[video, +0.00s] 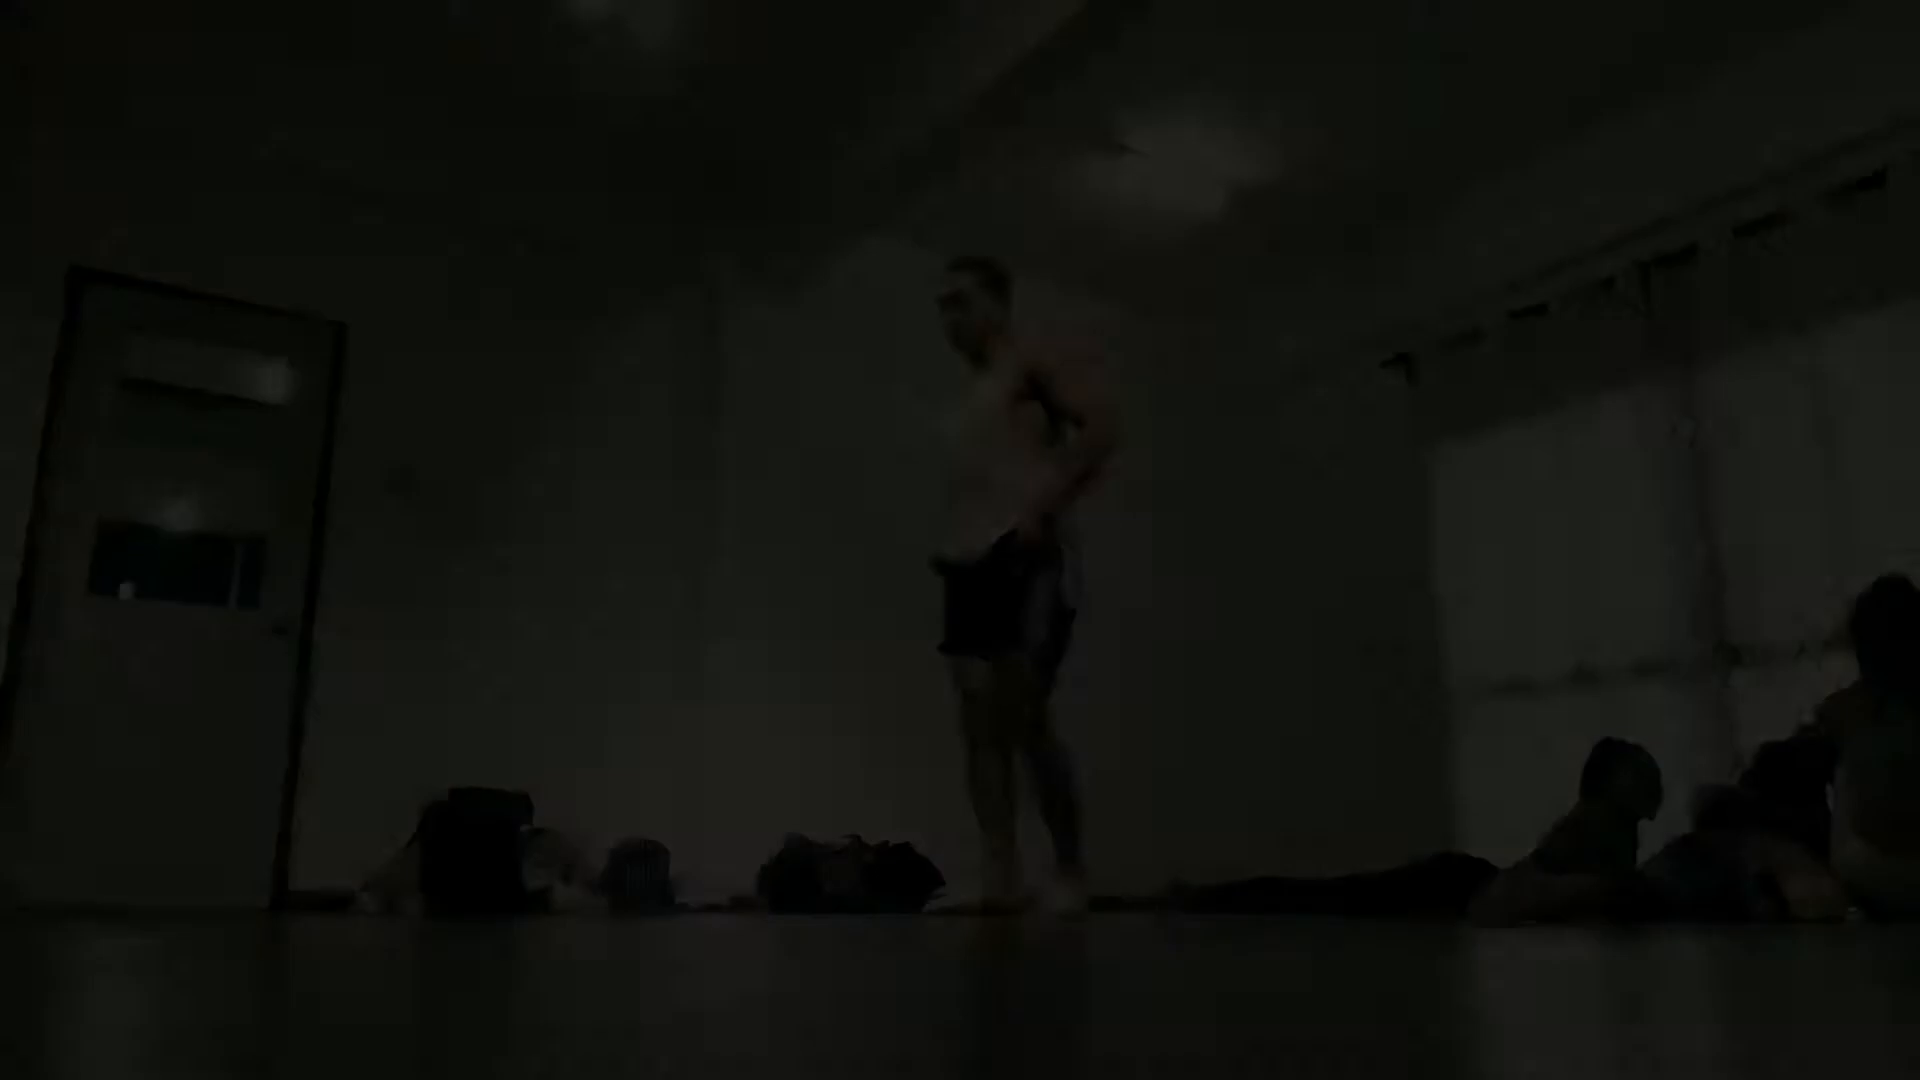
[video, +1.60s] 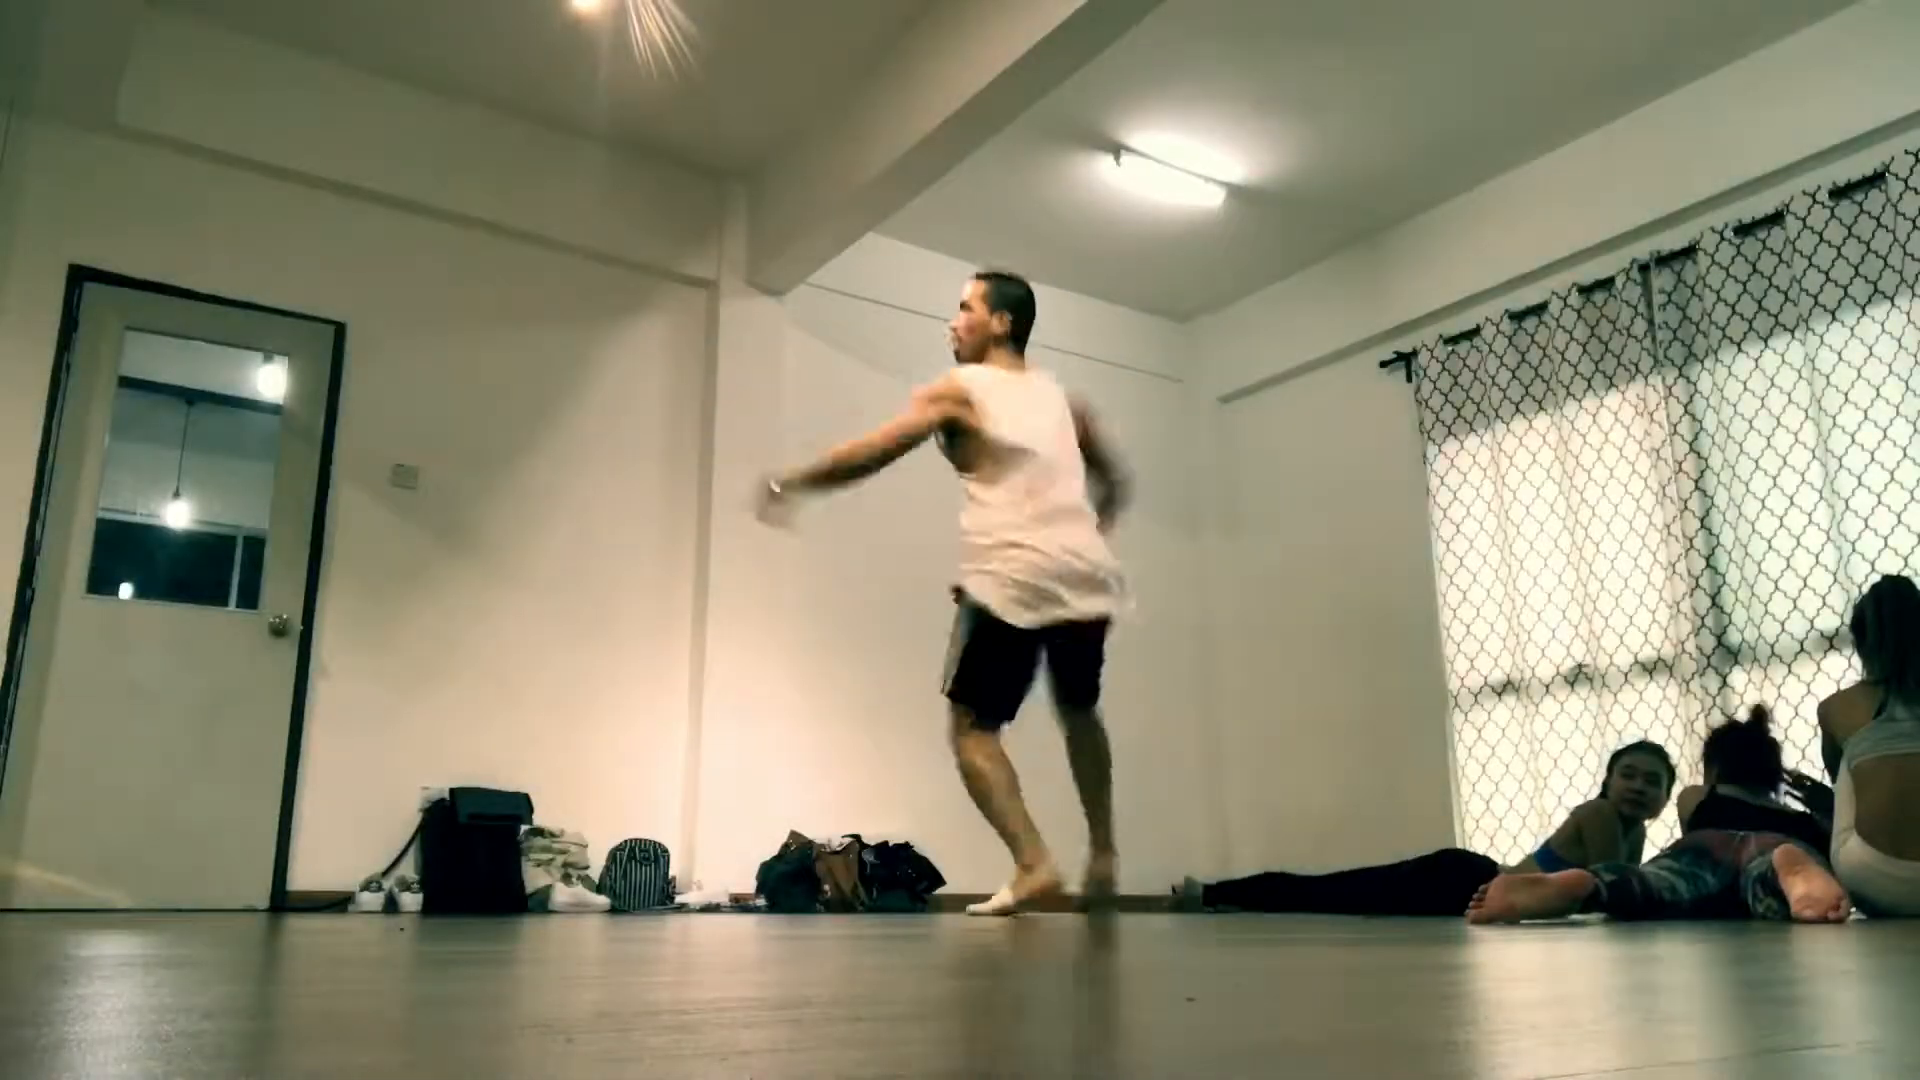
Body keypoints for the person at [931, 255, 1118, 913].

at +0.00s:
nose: (953, 322)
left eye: (963, 306)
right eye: (946, 308)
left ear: (996, 307)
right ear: (945, 317)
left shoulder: (1029, 376)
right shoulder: (961, 389)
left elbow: (1094, 440)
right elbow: (972, 471)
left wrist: (1043, 512)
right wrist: (955, 538)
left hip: (1026, 564)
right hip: (966, 569)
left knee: (1026, 720)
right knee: (979, 728)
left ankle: (1067, 875)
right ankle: (1000, 879)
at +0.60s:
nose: (982, 285)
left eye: (995, 272)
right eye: (979, 277)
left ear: (1038, 277)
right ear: (988, 291)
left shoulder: (1071, 344)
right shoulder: (995, 374)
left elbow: (1119, 420)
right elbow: (994, 486)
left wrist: (1131, 498)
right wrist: (955, 565)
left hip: (1053, 554)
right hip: (991, 562)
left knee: (1050, 706)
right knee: (998, 707)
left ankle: (1063, 882)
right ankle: (984, 872)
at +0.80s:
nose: (996, 287)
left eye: (1010, 275)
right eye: (993, 279)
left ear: (1052, 282)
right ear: (997, 295)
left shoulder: (1085, 353)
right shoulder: (989, 386)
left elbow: (1155, 413)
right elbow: (960, 490)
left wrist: (1211, 461)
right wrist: (886, 543)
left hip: (1059, 554)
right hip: (994, 566)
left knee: (1057, 708)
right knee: (1018, 714)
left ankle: (1066, 881)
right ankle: (1040, 867)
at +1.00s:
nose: (998, 301)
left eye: (1012, 290)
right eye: (995, 294)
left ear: (1054, 300)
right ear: (1001, 311)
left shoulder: (1095, 375)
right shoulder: (977, 392)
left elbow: (1189, 426)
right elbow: (913, 458)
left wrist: (1279, 454)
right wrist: (844, 448)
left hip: (1070, 558)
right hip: (1005, 576)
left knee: (1069, 710)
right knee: (1042, 727)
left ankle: (1066, 881)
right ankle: (1115, 859)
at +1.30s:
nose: (979, 363)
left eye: (993, 353)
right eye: (978, 355)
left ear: (1036, 363)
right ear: (991, 373)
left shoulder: (1083, 429)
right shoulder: (971, 444)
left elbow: (1190, 450)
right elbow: (898, 440)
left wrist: (1290, 457)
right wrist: (831, 410)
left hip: (1080, 603)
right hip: (1033, 614)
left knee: (999, 706)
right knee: (1030, 775)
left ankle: (1043, 879)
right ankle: (1128, 884)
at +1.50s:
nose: (960, 351)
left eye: (974, 340)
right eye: (962, 341)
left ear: (1013, 353)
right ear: (995, 356)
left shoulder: (1024, 411)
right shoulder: (997, 454)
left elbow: (1025, 421)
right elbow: (941, 515)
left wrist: (976, 416)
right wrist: (864, 527)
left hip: (1048, 602)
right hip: (1086, 611)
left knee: (952, 725)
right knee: (1042, 756)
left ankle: (1045, 874)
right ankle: (1129, 885)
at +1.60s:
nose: (953, 321)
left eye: (966, 310)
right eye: (958, 308)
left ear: (1001, 323)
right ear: (1014, 327)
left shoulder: (957, 389)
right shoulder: (1059, 396)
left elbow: (870, 454)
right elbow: (1112, 477)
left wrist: (791, 480)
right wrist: (1092, 530)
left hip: (1009, 579)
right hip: (1086, 578)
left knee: (973, 731)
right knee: (1080, 712)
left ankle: (1033, 866)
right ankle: (1105, 858)